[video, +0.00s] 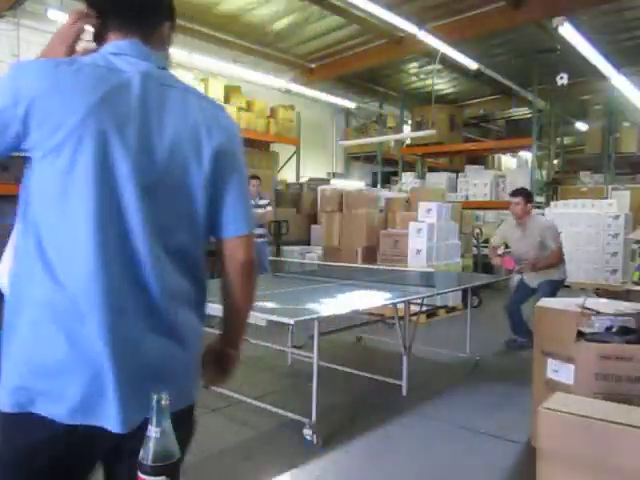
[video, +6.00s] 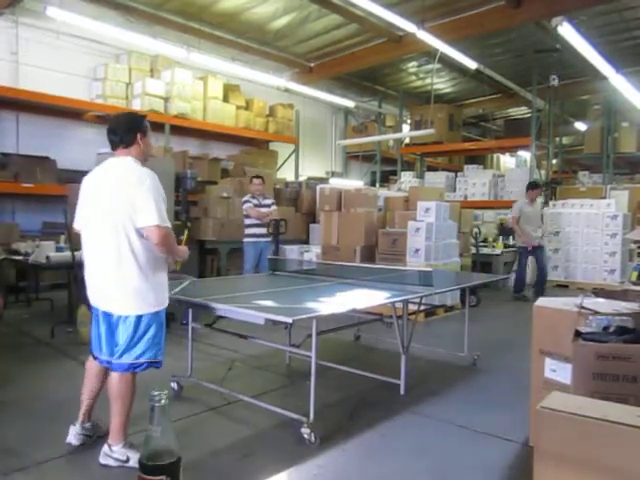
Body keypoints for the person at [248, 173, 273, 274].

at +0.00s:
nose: (255, 189)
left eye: (257, 186)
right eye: (253, 185)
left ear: (260, 186)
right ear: (248, 186)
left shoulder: (265, 201)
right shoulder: (244, 201)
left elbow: (270, 215)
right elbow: (245, 217)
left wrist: (254, 218)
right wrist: (262, 216)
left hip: (261, 237)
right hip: (247, 237)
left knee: (263, 265)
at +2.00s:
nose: (252, 188)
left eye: (255, 185)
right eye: (249, 185)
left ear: (258, 187)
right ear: (245, 187)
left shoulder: (265, 200)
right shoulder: (240, 200)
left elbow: (269, 216)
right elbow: (246, 214)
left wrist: (254, 219)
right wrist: (262, 214)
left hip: (262, 239)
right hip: (247, 239)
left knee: (265, 269)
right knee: (246, 270)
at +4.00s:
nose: (263, 187)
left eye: (265, 184)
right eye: (260, 184)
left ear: (268, 186)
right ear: (256, 186)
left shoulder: (275, 199)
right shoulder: (252, 198)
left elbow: (278, 215)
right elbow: (253, 211)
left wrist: (263, 217)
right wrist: (271, 212)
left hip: (270, 237)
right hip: (255, 237)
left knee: (269, 266)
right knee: (250, 267)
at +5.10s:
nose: (248, 186)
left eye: (250, 184)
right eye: (245, 184)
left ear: (254, 185)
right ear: (241, 186)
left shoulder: (259, 199)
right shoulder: (236, 199)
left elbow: (266, 216)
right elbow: (243, 212)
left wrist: (251, 217)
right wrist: (258, 212)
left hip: (258, 238)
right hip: (242, 239)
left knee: (262, 269)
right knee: (244, 270)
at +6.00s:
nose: (257, 187)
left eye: (260, 185)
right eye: (255, 184)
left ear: (263, 186)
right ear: (250, 186)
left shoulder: (269, 200)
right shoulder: (247, 199)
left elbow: (276, 215)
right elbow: (253, 213)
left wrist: (262, 218)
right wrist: (269, 213)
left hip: (267, 239)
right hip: (251, 239)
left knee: (265, 269)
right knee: (249, 269)